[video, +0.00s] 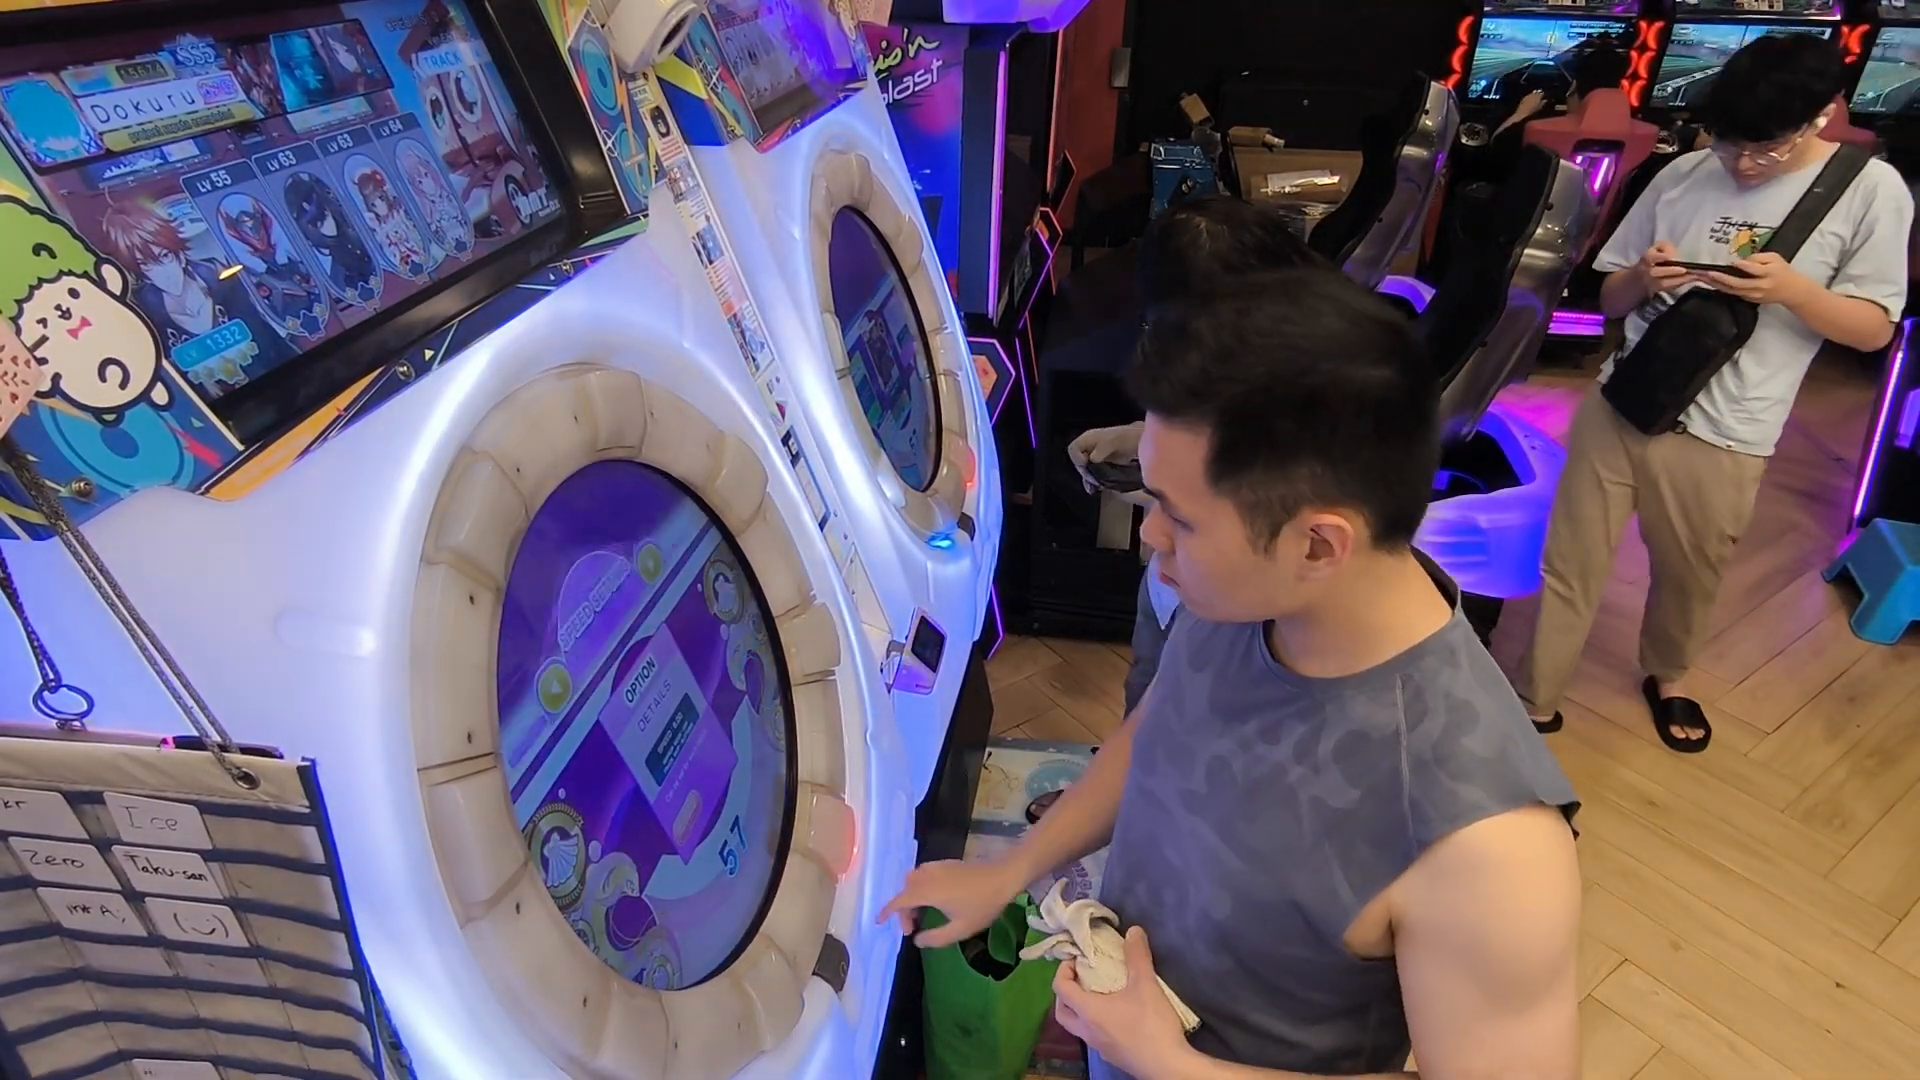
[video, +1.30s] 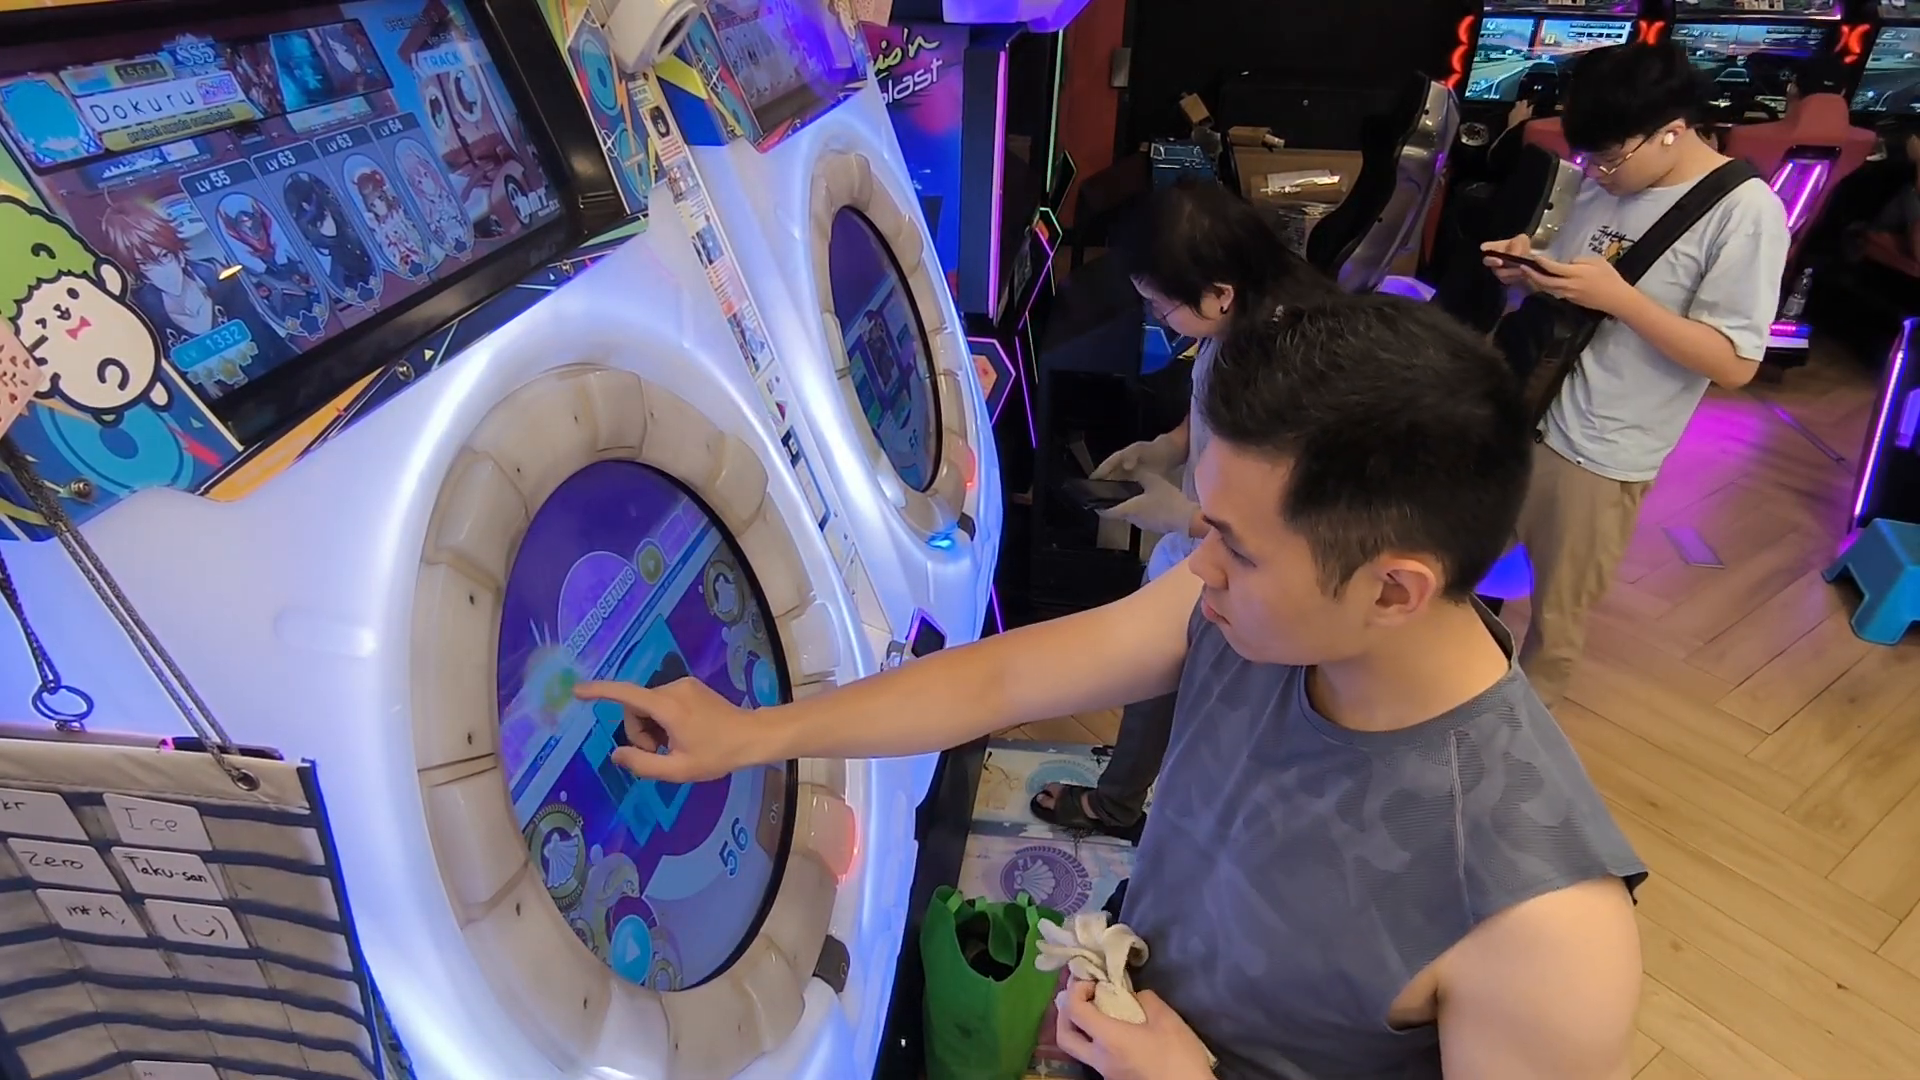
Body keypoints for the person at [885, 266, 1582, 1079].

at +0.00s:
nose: (1148, 535)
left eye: (1177, 520)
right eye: (1151, 500)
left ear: (1321, 548)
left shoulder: (1486, 840)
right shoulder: (1235, 599)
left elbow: (1465, 1066)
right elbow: (1147, 741)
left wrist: (1171, 1062)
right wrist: (1010, 871)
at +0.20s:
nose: (1178, 541)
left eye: (1212, 528)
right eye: (1186, 504)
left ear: (1358, 566)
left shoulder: (1500, 878)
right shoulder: (1251, 609)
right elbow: (1089, 721)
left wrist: (1169, 1064)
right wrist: (897, 795)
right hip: (1098, 1035)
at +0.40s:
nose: (1192, 549)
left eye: (1228, 535)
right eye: (1204, 508)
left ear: (1386, 581)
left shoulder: (1516, 906)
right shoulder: (1250, 596)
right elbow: (1021, 681)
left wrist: (1171, 1071)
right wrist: (794, 713)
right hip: (1091, 992)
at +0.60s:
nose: (1204, 564)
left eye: (1248, 556)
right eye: (1220, 525)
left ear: (1413, 599)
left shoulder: (1540, 934)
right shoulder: (1247, 597)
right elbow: (1004, 677)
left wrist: (1191, 1073)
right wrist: (763, 716)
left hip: (1229, 1068)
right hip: (1104, 989)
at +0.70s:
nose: (1207, 573)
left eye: (1253, 565)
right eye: (1222, 530)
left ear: (1418, 604)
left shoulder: (1545, 935)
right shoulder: (1244, 595)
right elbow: (1002, 680)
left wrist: (1199, 1074)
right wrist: (766, 723)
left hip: (1241, 1070)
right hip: (1108, 1001)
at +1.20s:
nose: (1195, 562)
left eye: (1235, 550)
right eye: (1208, 521)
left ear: (1402, 592)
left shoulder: (1541, 928)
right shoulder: (1245, 606)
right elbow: (994, 682)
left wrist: (1204, 1077)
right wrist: (746, 727)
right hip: (1108, 996)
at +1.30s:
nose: (1193, 565)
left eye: (1232, 551)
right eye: (1206, 523)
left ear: (1400, 588)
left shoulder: (1538, 927)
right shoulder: (1244, 607)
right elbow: (997, 685)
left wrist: (1199, 1078)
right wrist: (756, 730)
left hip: (1252, 1067)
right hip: (1111, 1006)